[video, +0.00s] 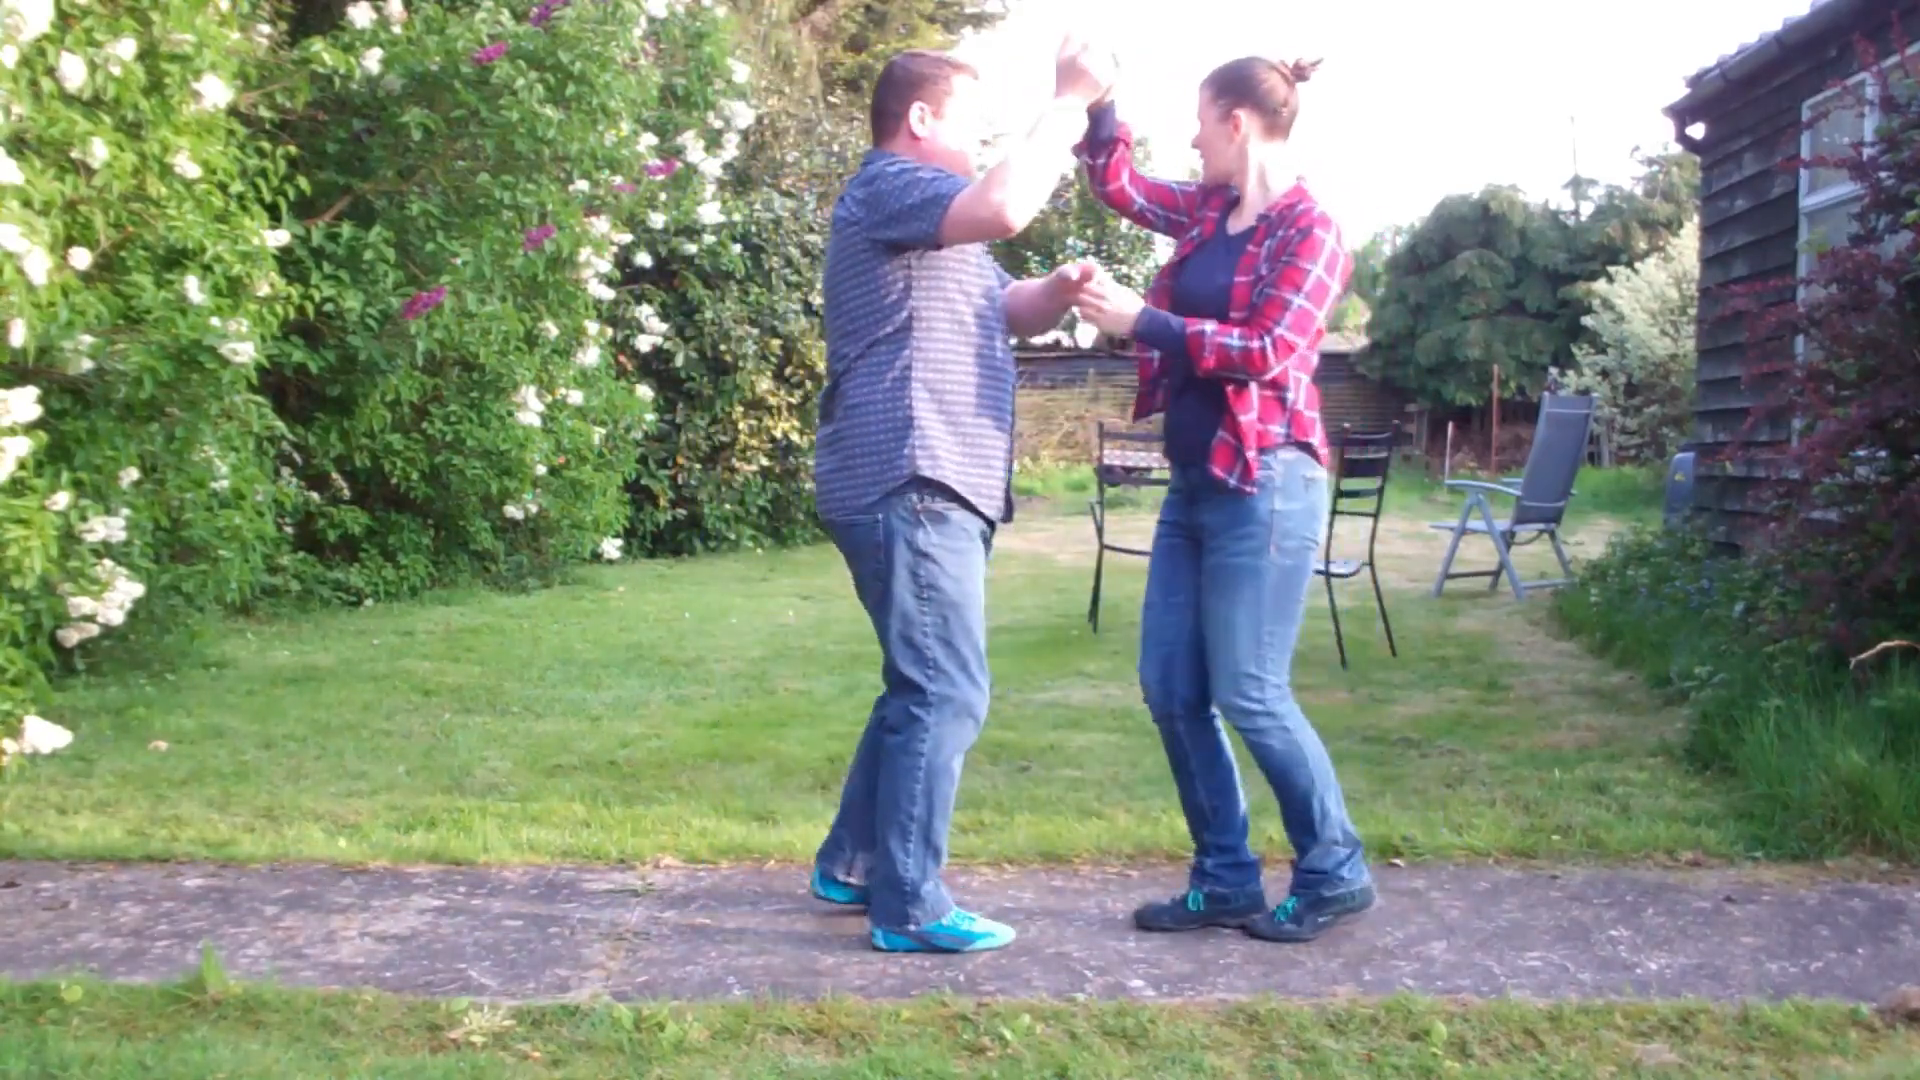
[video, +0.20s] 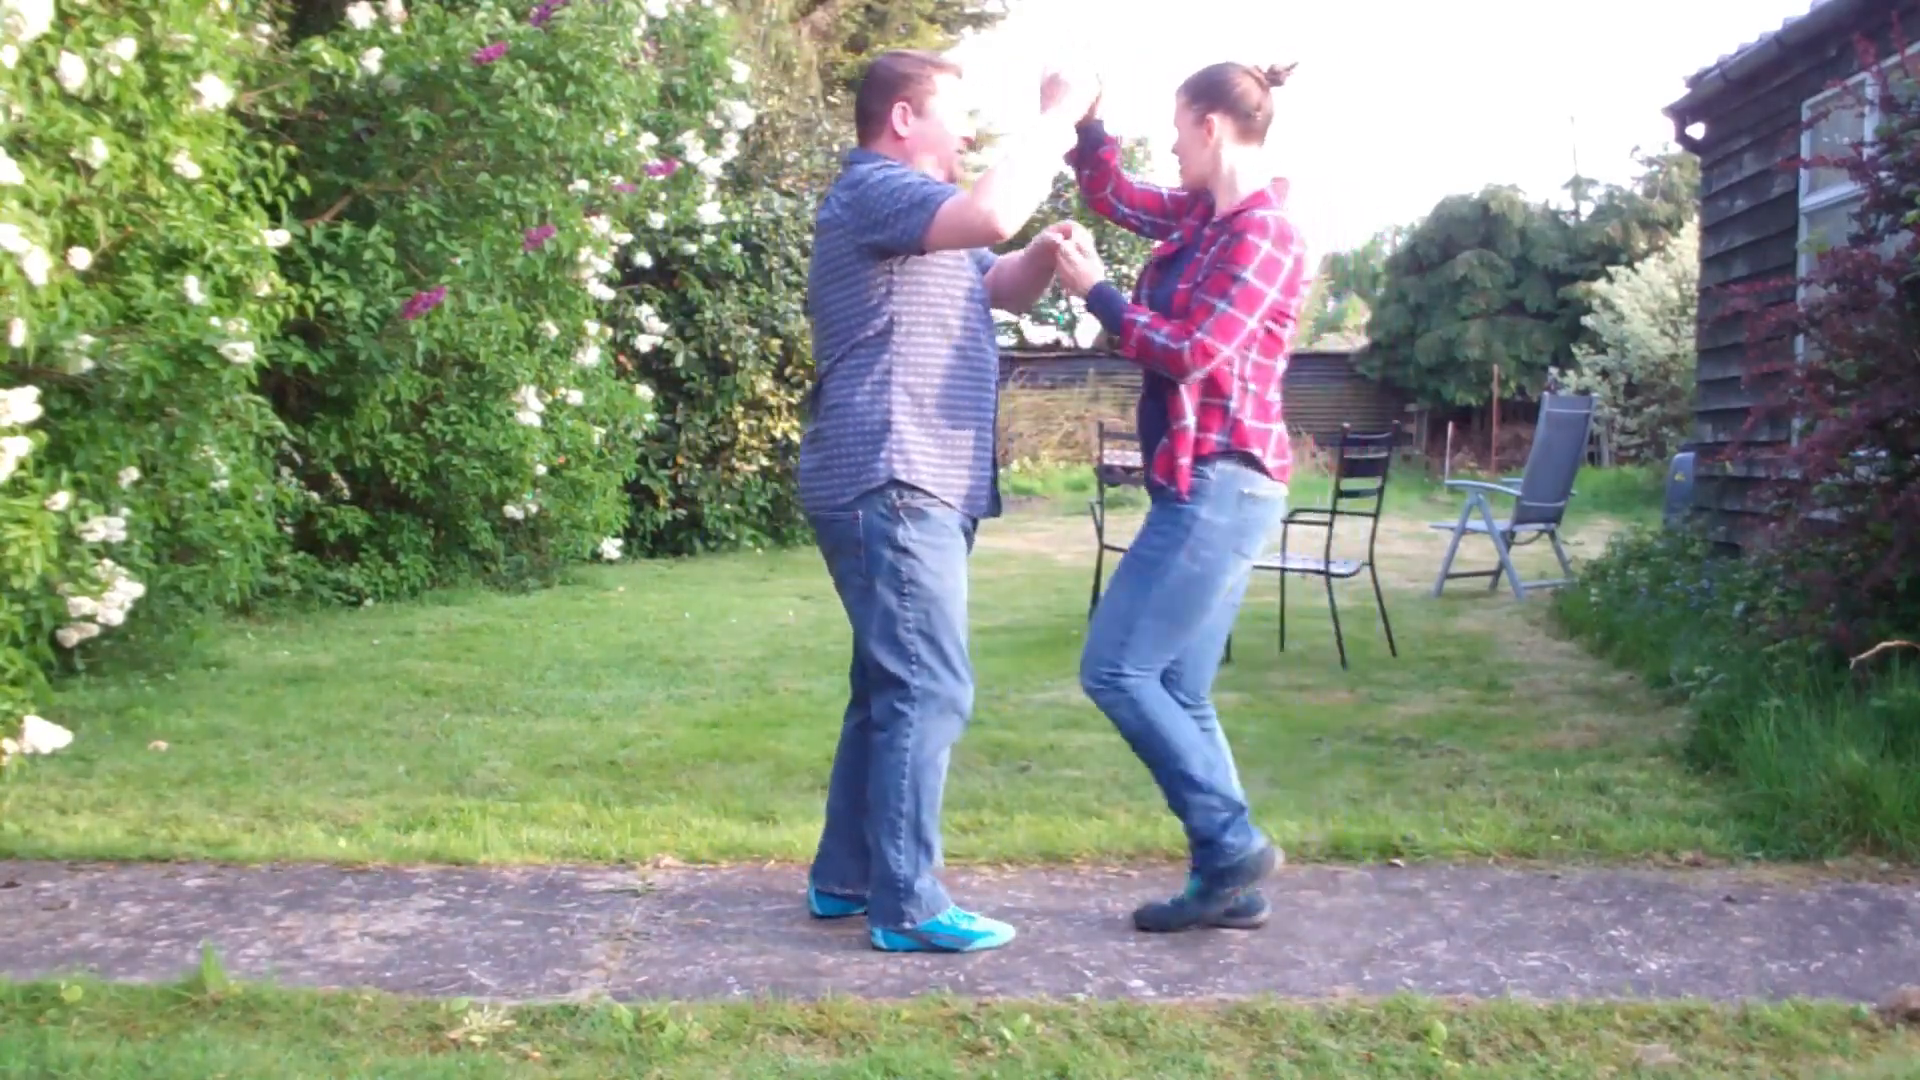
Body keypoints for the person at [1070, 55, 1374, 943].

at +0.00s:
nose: (1192, 140)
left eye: (1200, 124)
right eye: (1195, 125)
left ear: (1237, 124)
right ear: (1243, 126)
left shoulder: (1310, 229)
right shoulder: (1209, 210)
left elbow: (1269, 351)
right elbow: (1122, 186)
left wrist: (1143, 322)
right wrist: (1096, 103)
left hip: (1270, 480)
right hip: (1194, 482)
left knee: (1248, 687)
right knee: (1172, 684)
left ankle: (1335, 870)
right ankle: (1226, 880)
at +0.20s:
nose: (1171, 148)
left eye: (1177, 133)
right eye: (1172, 135)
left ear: (1213, 129)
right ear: (1228, 131)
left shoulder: (1261, 231)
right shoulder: (1204, 217)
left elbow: (1188, 353)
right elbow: (1117, 197)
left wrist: (1096, 291)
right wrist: (1083, 122)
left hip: (1223, 477)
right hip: (1218, 475)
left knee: (1116, 668)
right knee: (1181, 687)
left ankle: (1234, 850)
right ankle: (1225, 879)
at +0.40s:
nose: (1137, 150)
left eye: (1142, 136)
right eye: (1134, 137)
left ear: (1165, 135)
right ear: (1217, 134)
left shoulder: (1174, 233)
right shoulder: (1251, 214)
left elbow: (1079, 332)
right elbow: (1156, 175)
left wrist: (1068, 243)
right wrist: (1102, 106)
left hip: (1159, 499)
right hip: (1242, 498)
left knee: (1085, 686)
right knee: (1175, 692)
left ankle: (1057, 875)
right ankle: (1227, 881)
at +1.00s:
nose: (1170, 141)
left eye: (1168, 126)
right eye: (1162, 127)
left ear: (1104, 124)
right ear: (1128, 128)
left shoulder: (1098, 207)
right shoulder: (1093, 195)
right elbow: (1186, 134)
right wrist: (1162, 40)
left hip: (1090, 475)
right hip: (1127, 481)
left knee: (1096, 692)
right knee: (1191, 689)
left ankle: (1034, 873)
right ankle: (1117, 876)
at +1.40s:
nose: (1139, 132)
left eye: (1157, 118)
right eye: (1125, 117)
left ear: (1191, 128)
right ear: (1108, 130)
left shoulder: (1219, 203)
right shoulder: (1093, 224)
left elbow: (1231, 118)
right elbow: (1072, 319)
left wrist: (1153, 54)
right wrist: (1049, 317)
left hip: (1241, 470)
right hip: (1132, 473)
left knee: (1236, 686)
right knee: (1139, 687)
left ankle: (1268, 860)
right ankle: (1107, 881)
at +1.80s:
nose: (1186, 145)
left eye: (1197, 130)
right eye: (1186, 130)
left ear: (1251, 130)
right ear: (1229, 132)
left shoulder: (1291, 209)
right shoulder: (1224, 221)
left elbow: (1216, 309)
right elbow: (1173, 259)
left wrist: (1100, 279)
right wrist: (1120, 255)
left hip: (1298, 488)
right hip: (1221, 489)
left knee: (1258, 695)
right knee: (1180, 684)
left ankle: (1315, 892)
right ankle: (1228, 863)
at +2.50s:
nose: (1265, 132)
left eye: (1278, 118)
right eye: (1266, 118)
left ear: (1331, 126)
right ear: (1316, 125)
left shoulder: (1368, 221)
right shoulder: (1292, 208)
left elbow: (1325, 356)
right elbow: (1201, 194)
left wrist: (1228, 421)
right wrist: (1164, 119)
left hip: (1361, 471)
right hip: (1325, 469)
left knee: (1312, 675)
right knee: (1364, 674)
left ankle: (1384, 857)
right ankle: (1443, 837)